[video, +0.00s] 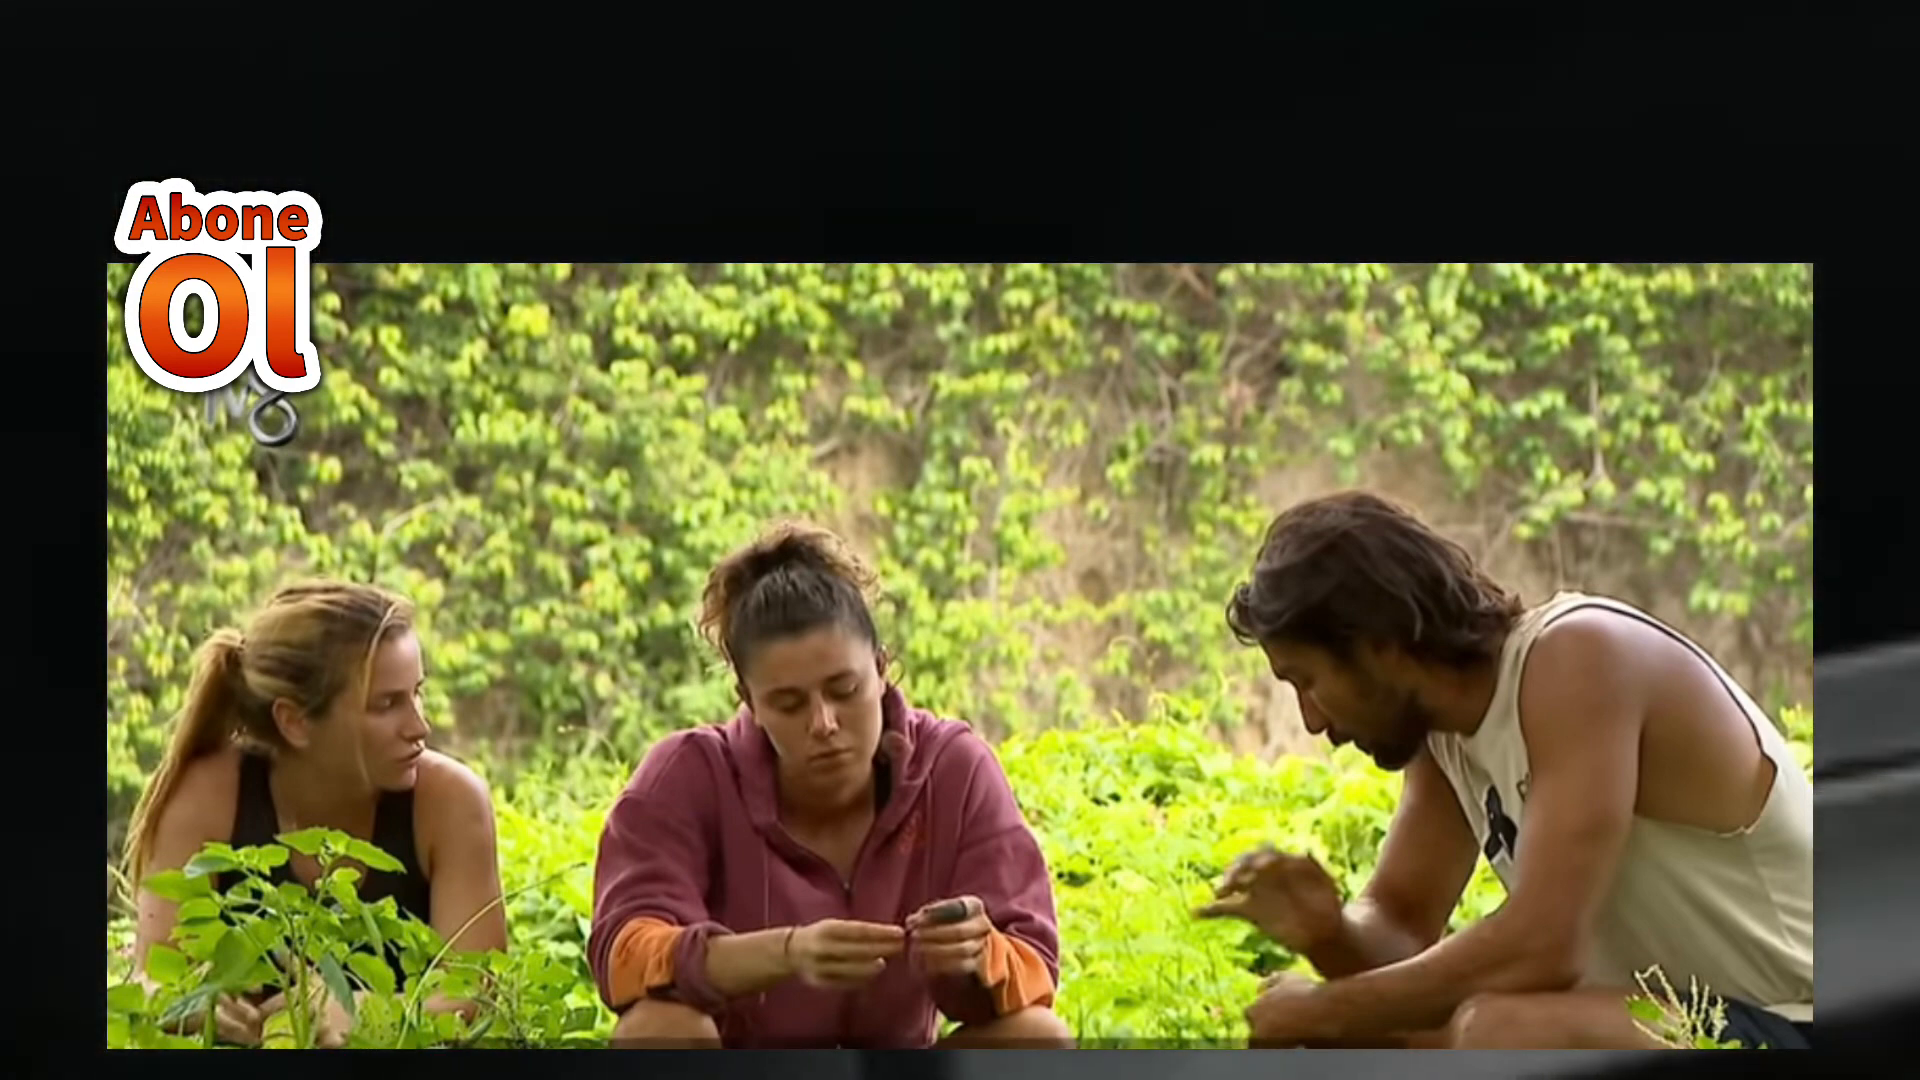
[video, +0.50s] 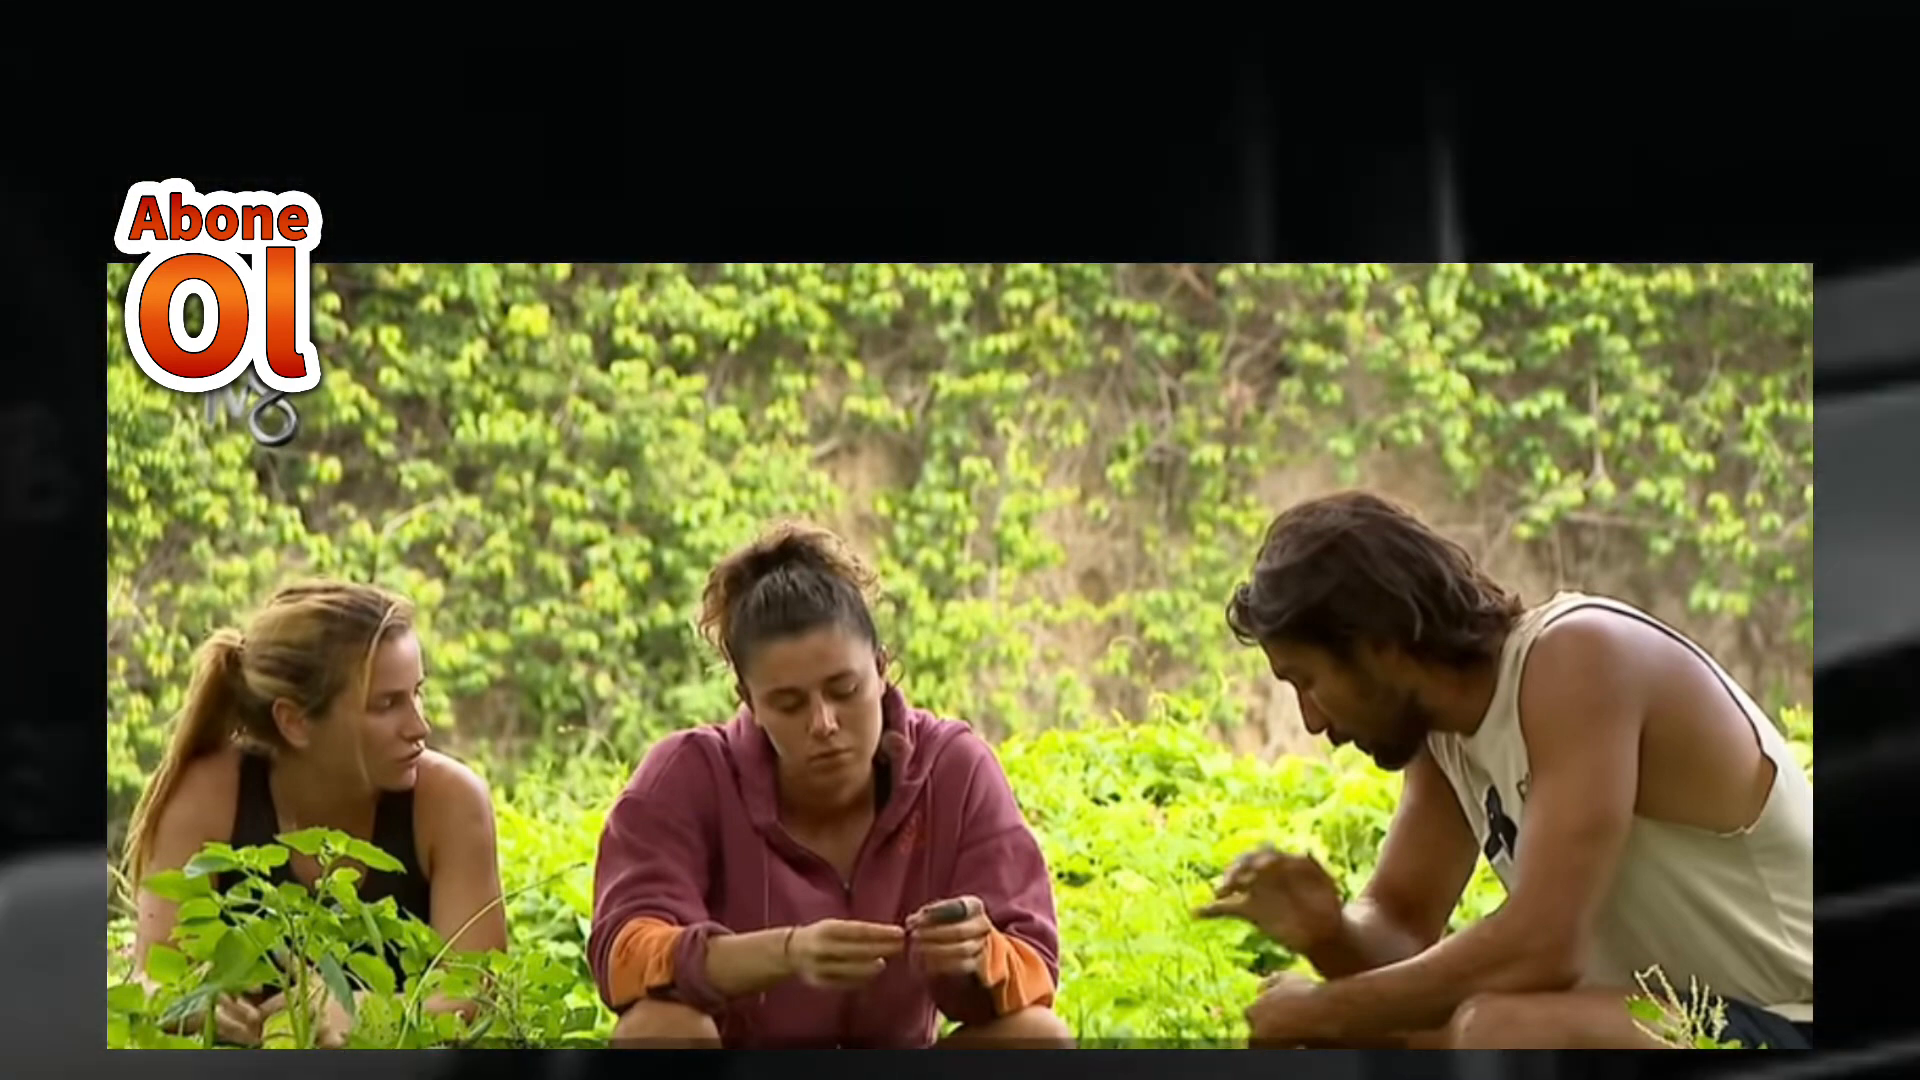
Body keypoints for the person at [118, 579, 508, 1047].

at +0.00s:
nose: (420, 725)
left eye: (417, 695)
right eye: (388, 705)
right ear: (295, 722)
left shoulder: (451, 799)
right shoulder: (205, 792)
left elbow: (470, 1001)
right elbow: (152, 984)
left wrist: (354, 1013)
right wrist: (200, 1009)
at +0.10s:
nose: (420, 725)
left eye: (417, 695)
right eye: (388, 705)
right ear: (295, 723)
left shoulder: (451, 800)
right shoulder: (206, 792)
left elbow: (470, 1002)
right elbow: (152, 983)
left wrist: (354, 1013)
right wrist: (199, 1008)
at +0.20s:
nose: (420, 725)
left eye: (417, 695)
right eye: (388, 705)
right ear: (295, 722)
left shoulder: (451, 799)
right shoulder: (206, 792)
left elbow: (470, 1001)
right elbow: (152, 984)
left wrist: (354, 1012)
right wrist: (199, 1009)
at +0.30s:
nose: (420, 725)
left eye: (417, 695)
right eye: (388, 705)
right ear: (295, 723)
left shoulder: (451, 799)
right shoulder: (206, 792)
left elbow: (471, 1002)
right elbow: (153, 982)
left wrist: (354, 1013)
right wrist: (199, 1008)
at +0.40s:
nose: (420, 725)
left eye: (417, 695)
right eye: (388, 705)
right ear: (295, 722)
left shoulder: (451, 799)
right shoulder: (205, 792)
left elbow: (470, 1001)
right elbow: (153, 984)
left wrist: (354, 1013)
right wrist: (199, 1009)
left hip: (384, 1059)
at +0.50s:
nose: (420, 725)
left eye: (417, 695)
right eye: (388, 705)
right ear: (295, 722)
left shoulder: (451, 799)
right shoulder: (205, 792)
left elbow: (470, 1001)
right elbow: (153, 984)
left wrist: (354, 1014)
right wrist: (200, 1009)